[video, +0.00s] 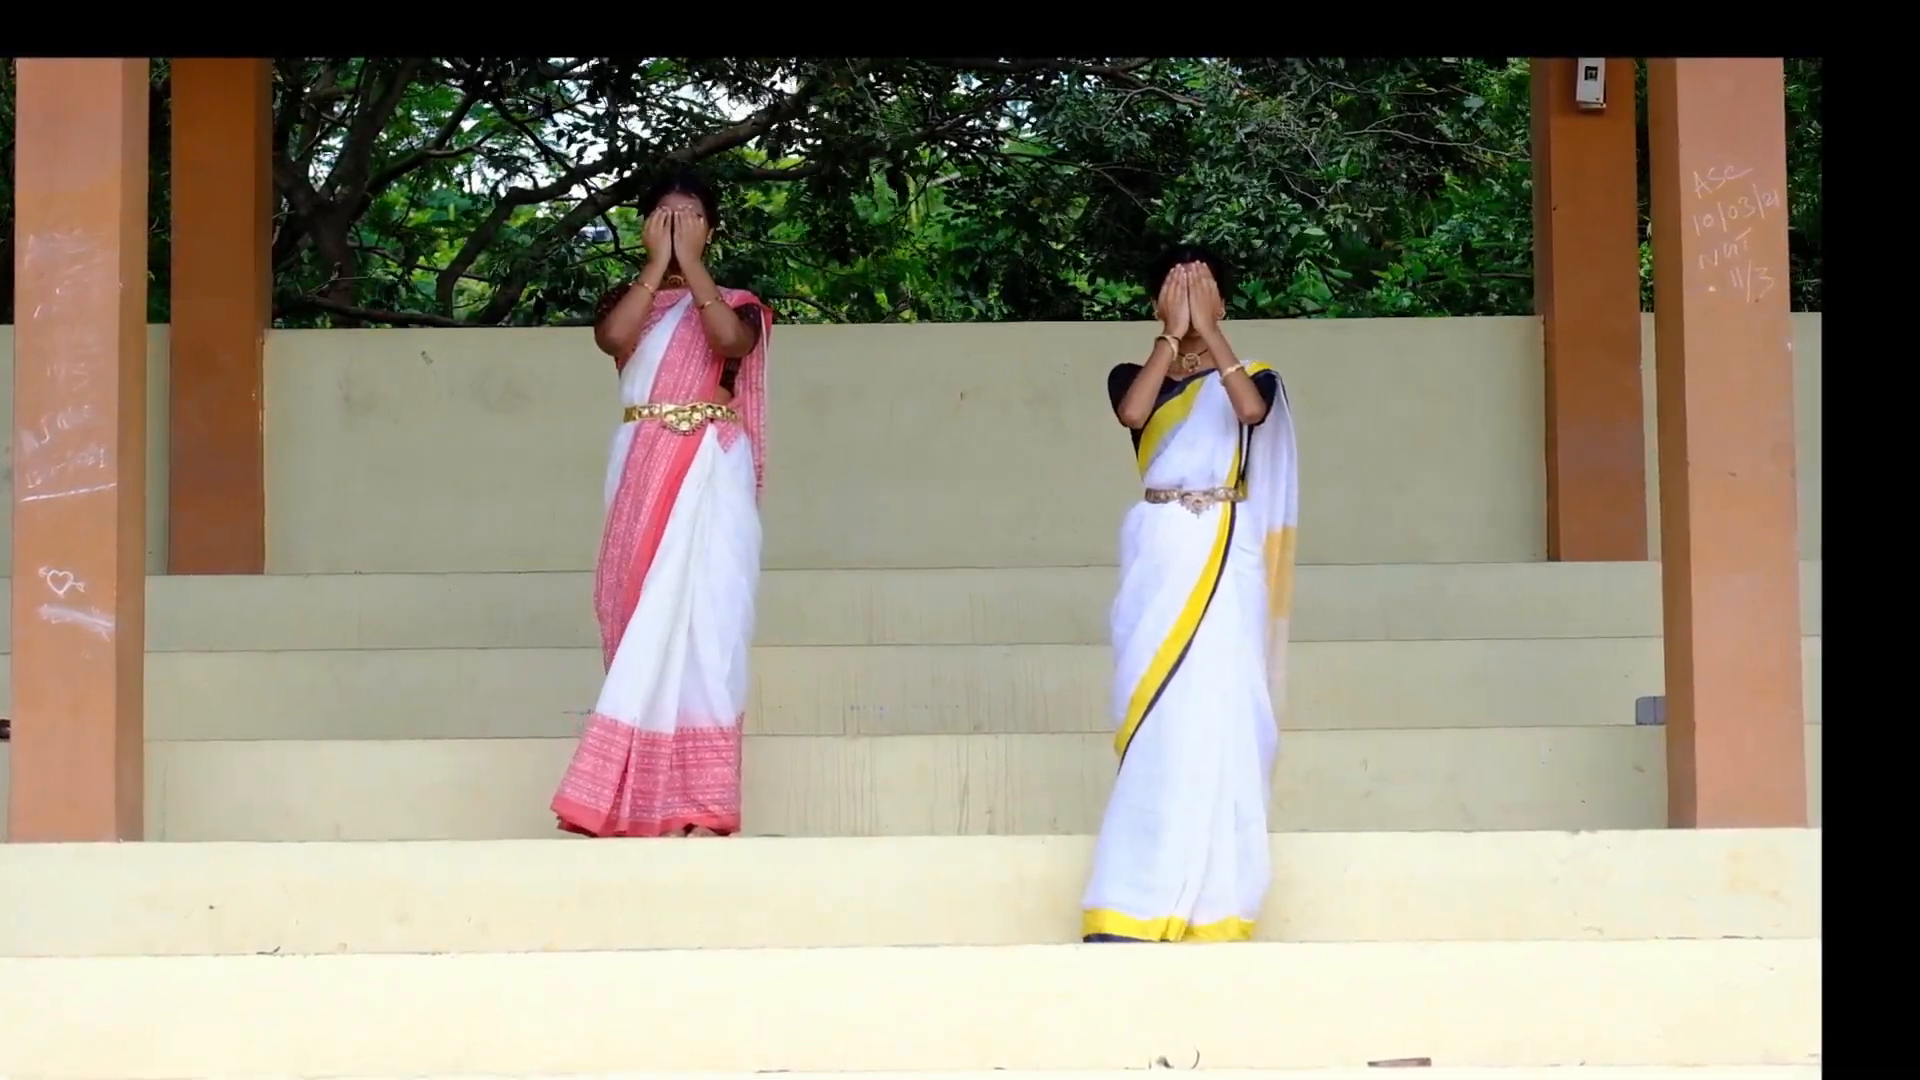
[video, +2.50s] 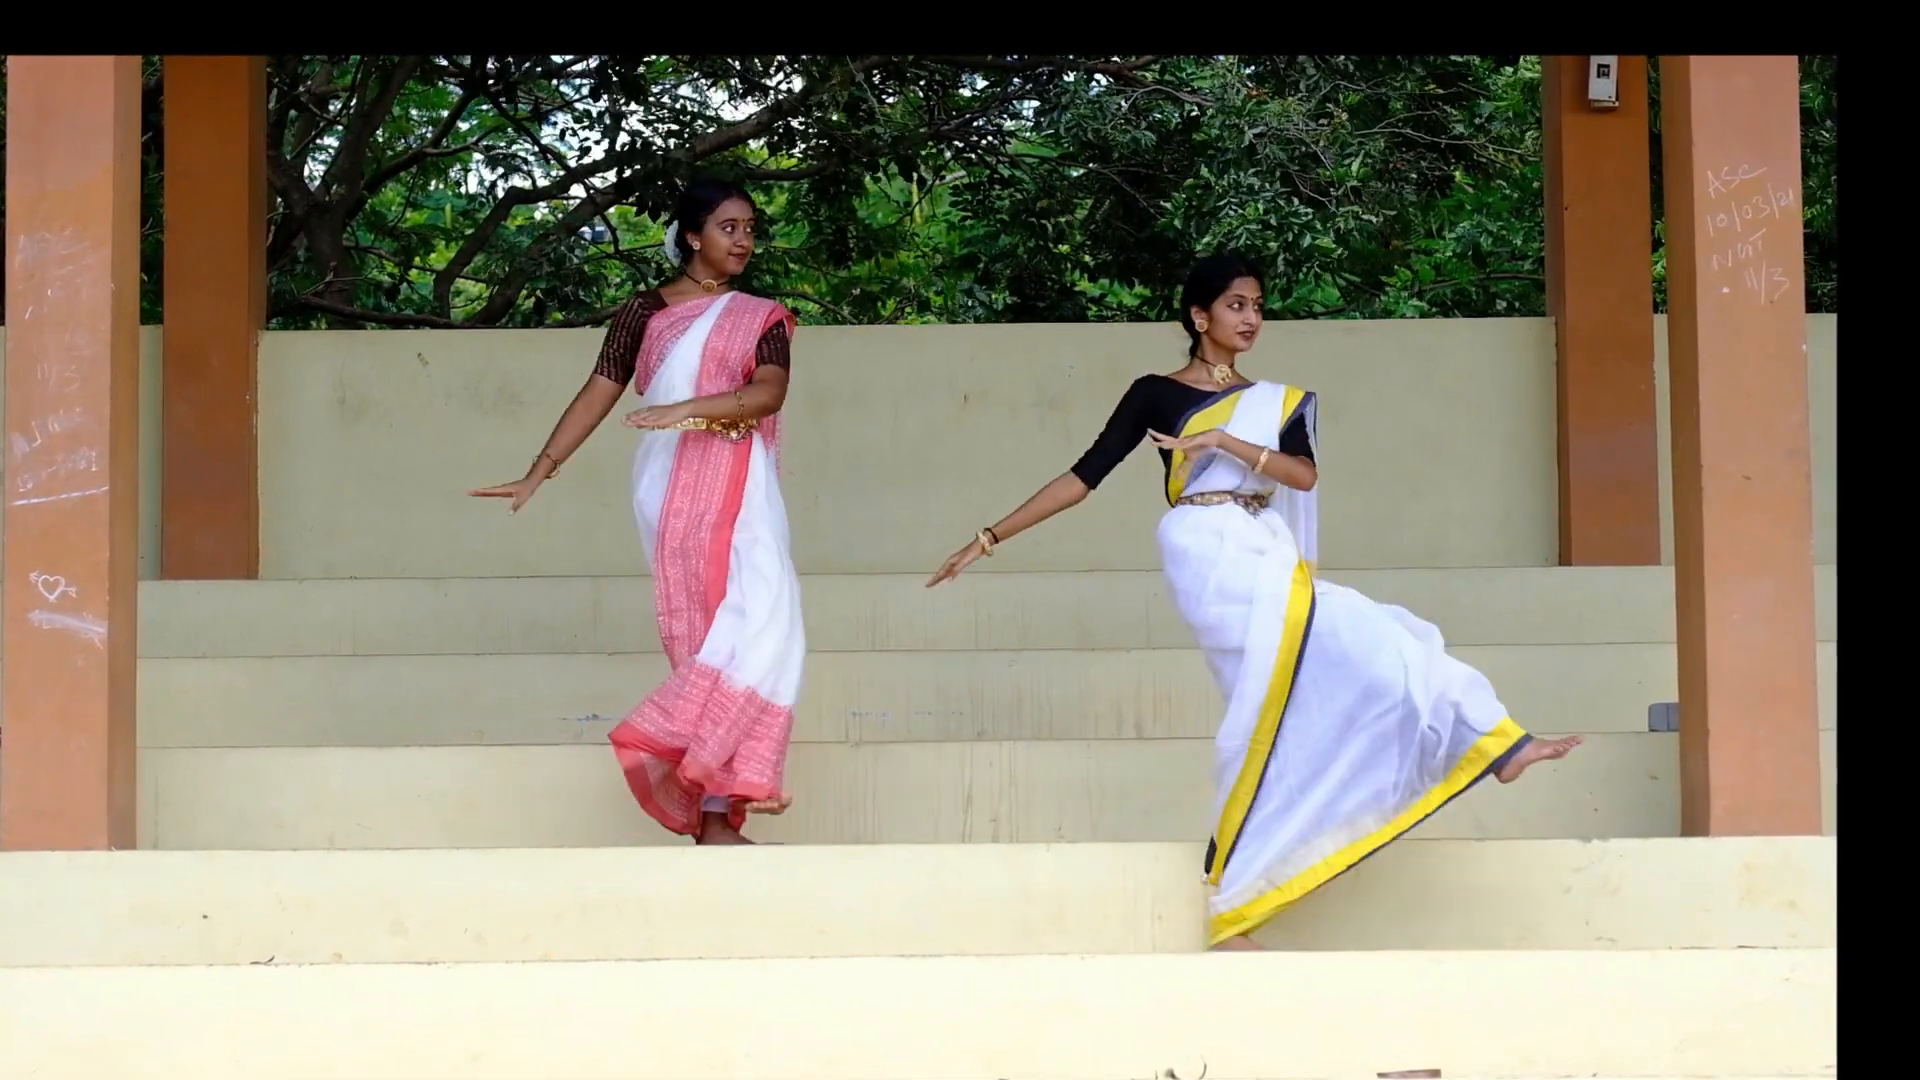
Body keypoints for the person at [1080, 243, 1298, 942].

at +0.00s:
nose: (1188, 318)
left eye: (1201, 306)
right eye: (1177, 306)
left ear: (1223, 310)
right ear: (1159, 312)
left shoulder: (1254, 378)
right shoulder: (1138, 379)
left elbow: (1248, 408)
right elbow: (1131, 409)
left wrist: (1211, 328)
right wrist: (1170, 335)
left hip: (1223, 564)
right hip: (1154, 561)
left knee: (1214, 718)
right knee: (1151, 717)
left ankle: (1211, 900)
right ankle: (1140, 899)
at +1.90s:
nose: (1202, 320)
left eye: (1215, 309)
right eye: (1189, 308)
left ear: (1230, 315)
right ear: (1165, 313)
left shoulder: (1262, 382)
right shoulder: (1141, 382)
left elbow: (1286, 458)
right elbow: (1136, 457)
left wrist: (1253, 366)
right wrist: (1173, 373)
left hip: (1240, 558)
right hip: (1172, 555)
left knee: (1239, 720)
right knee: (1169, 718)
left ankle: (1238, 905)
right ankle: (1163, 906)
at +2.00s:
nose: (1213, 318)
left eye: (1224, 307)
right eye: (1200, 305)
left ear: (1236, 316)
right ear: (1174, 311)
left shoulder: (1273, 392)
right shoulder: (1145, 389)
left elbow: (1299, 496)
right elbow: (1123, 498)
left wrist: (1265, 448)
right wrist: (1178, 441)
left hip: (1255, 563)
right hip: (1183, 563)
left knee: (1254, 723)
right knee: (1186, 722)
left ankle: (1248, 908)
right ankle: (1175, 908)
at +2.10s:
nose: (1225, 320)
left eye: (1235, 309)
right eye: (1212, 307)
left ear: (1244, 318)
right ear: (1181, 312)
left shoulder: (1271, 400)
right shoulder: (1148, 395)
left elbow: (1299, 498)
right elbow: (1121, 497)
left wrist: (1261, 510)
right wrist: (1132, 520)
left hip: (1266, 572)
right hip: (1193, 570)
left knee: (1284, 722)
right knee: (1248, 726)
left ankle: (1247, 913)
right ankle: (1167, 900)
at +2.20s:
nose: (1235, 316)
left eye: (1243, 305)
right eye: (1221, 303)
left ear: (1250, 316)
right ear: (1188, 310)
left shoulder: (1271, 399)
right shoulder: (1151, 395)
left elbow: (1301, 494)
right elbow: (1115, 488)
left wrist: (1257, 518)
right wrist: (1079, 564)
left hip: (1266, 564)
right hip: (1196, 563)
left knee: (1287, 709)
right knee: (1255, 707)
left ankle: (1250, 895)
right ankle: (1223, 889)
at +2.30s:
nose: (1242, 316)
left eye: (1250, 304)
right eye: (1228, 302)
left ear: (1255, 313)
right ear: (1192, 309)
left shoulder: (1274, 396)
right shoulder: (1156, 393)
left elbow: (1305, 488)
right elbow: (1100, 486)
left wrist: (1228, 499)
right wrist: (1030, 566)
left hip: (1265, 555)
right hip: (1199, 555)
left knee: (1252, 706)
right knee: (1309, 648)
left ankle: (1246, 883)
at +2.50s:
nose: (1247, 319)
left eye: (1255, 308)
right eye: (1236, 305)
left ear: (1258, 318)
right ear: (1198, 309)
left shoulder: (1277, 398)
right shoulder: (1160, 395)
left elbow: (1304, 476)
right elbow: (1077, 480)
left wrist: (1230, 445)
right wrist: (989, 537)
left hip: (1273, 556)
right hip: (1205, 556)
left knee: (1391, 633)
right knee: (1264, 699)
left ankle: (1501, 744)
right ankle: (1233, 885)